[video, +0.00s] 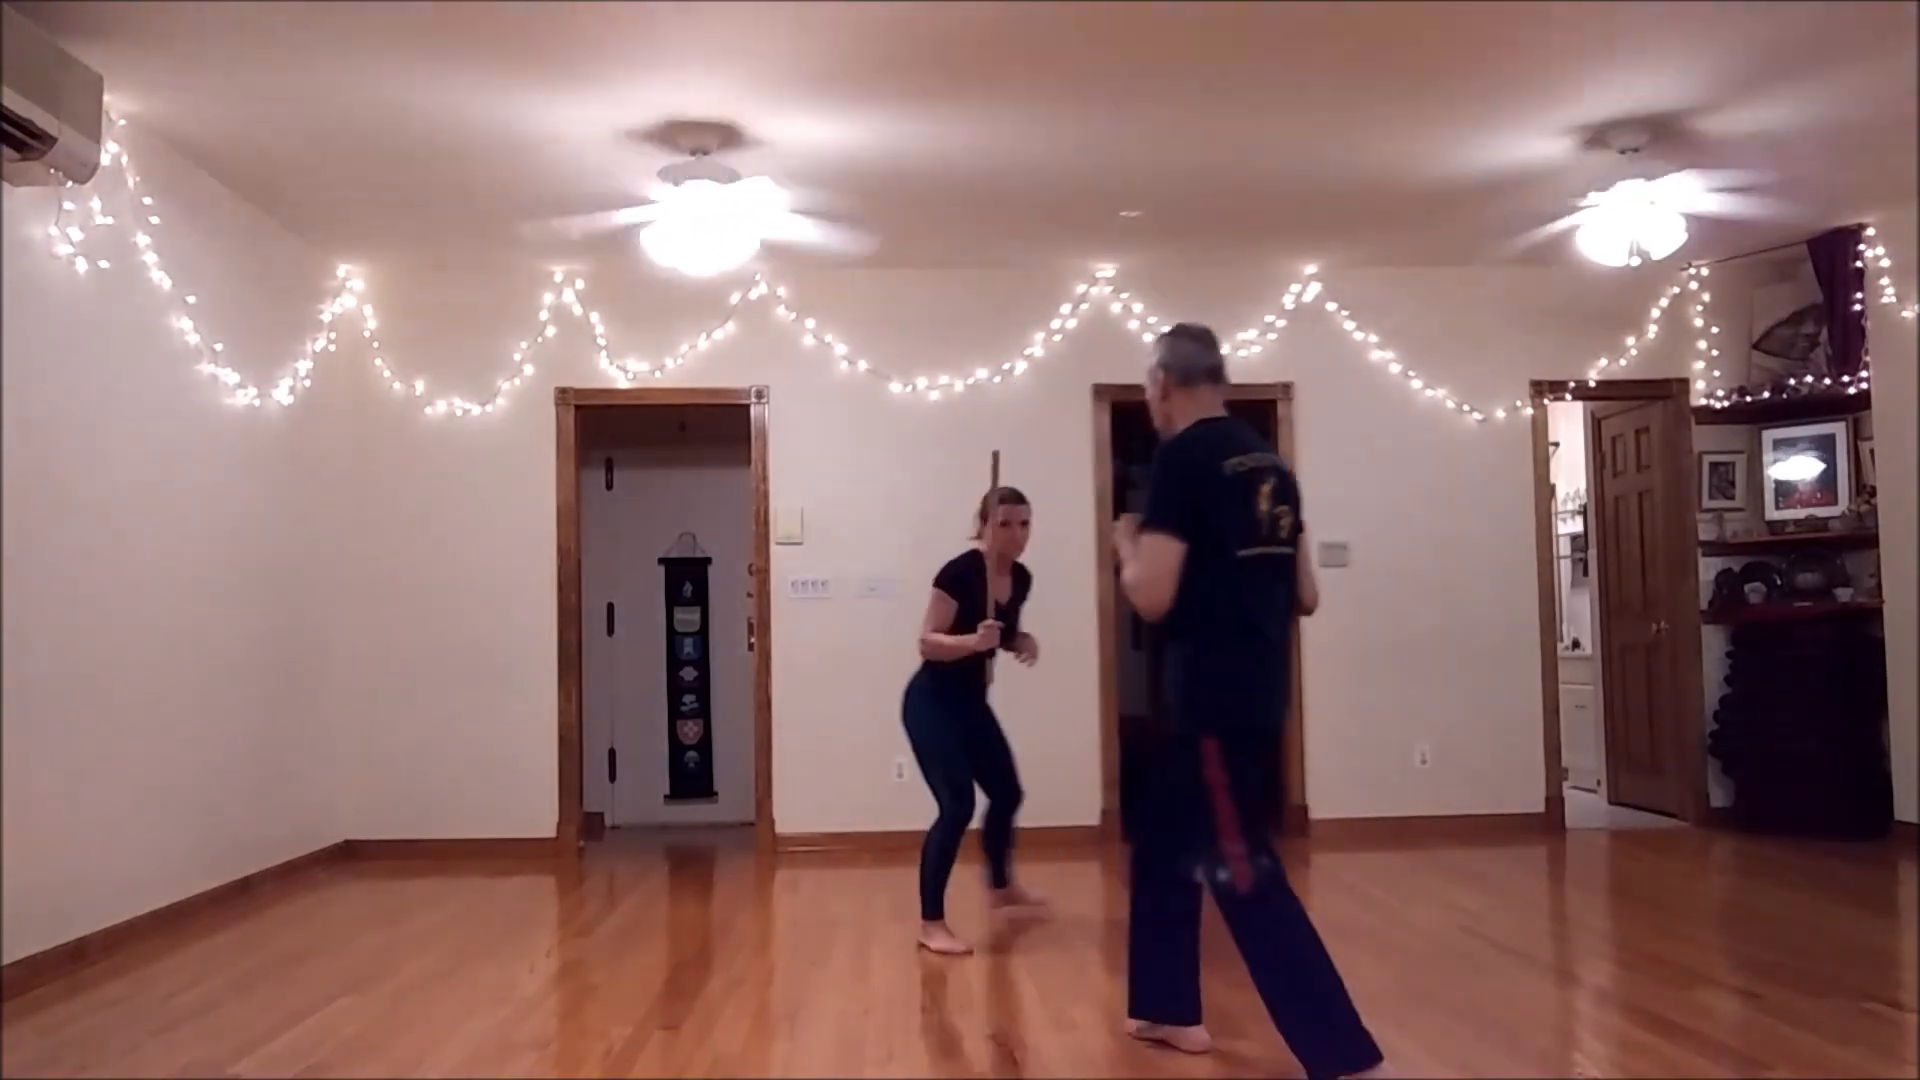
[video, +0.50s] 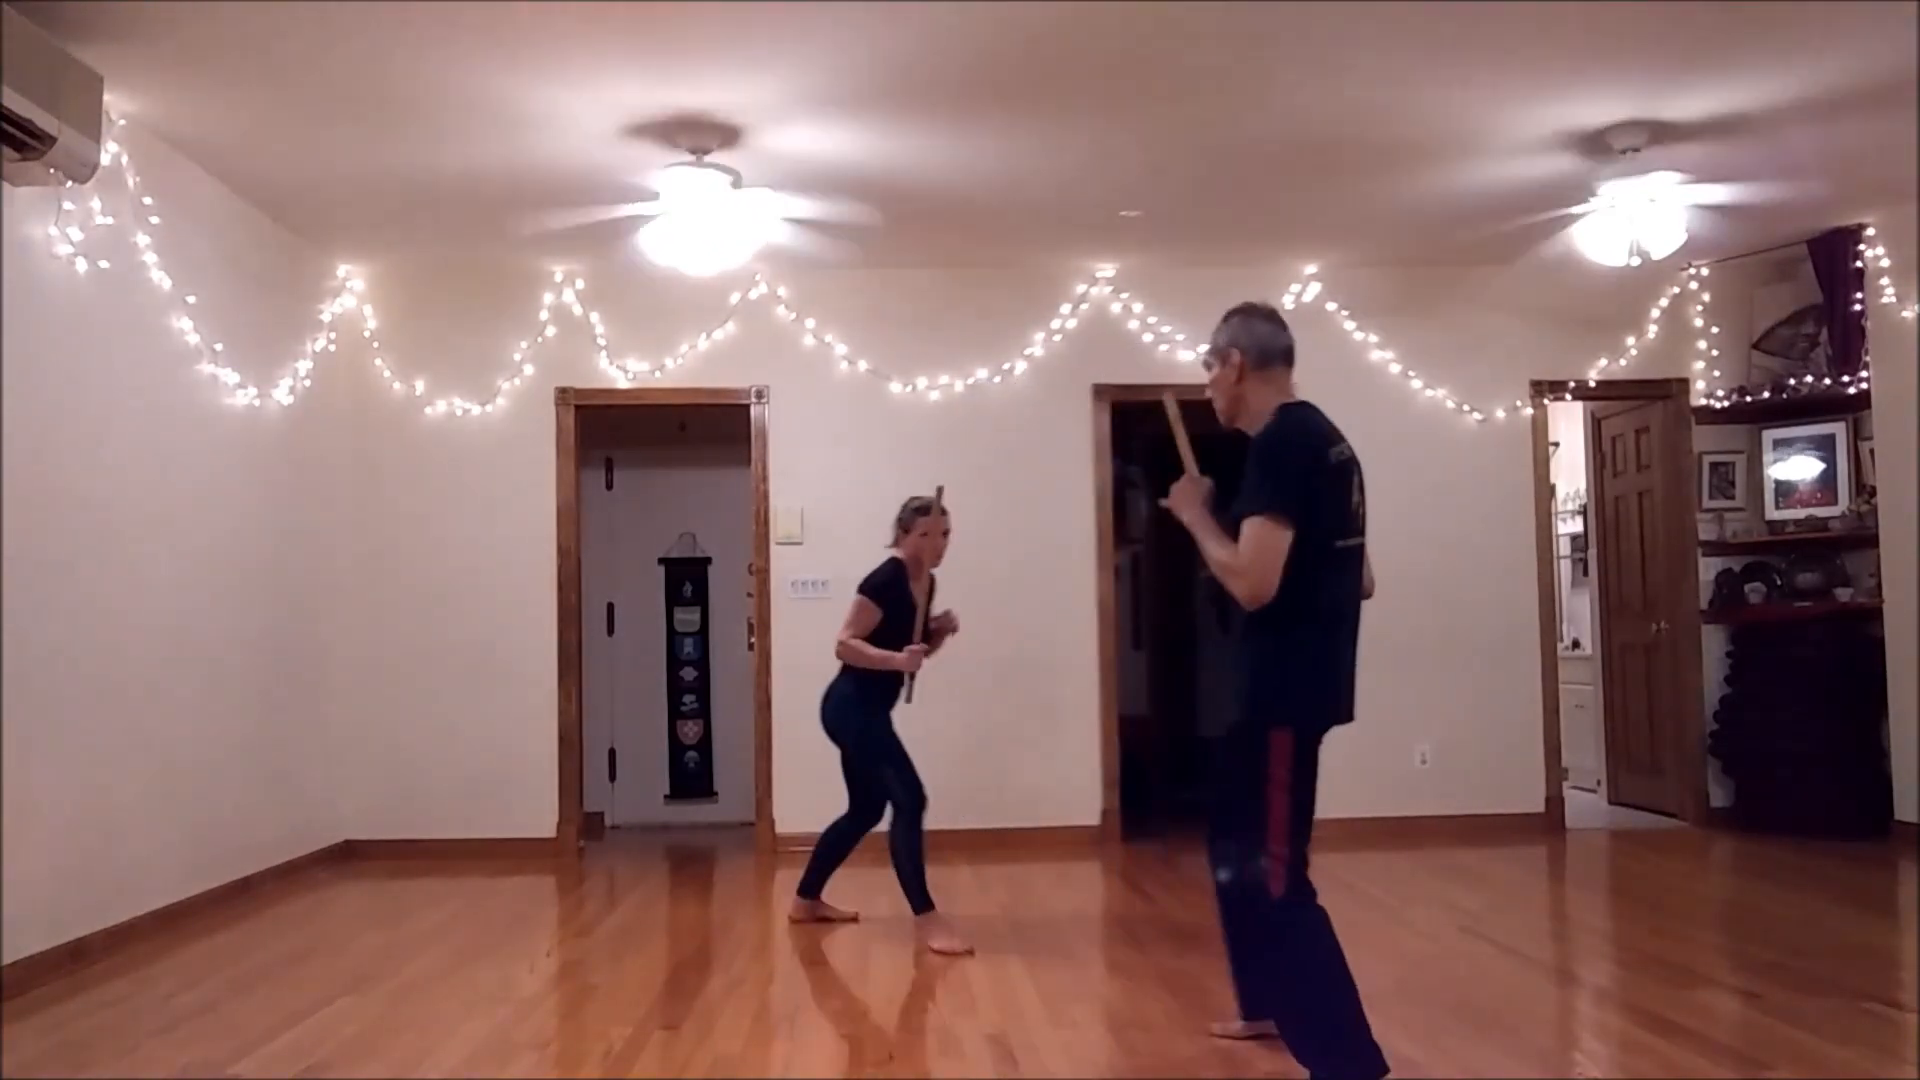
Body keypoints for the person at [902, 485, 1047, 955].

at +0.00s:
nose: (1016, 533)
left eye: (1023, 524)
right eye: (1006, 524)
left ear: (1029, 530)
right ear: (984, 528)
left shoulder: (1019, 579)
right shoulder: (959, 573)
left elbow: (1003, 633)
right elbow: (928, 644)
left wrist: (1023, 643)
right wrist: (974, 641)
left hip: (971, 701)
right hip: (930, 701)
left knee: (1006, 794)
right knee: (957, 804)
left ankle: (1001, 889)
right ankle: (931, 923)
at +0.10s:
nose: (1010, 534)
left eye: (1014, 524)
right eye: (1002, 524)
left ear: (1014, 528)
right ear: (976, 526)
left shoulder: (1004, 579)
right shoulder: (947, 574)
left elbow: (974, 640)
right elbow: (909, 641)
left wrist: (1005, 638)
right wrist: (958, 648)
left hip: (953, 700)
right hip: (915, 701)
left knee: (979, 801)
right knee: (950, 806)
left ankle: (938, 887)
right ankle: (930, 923)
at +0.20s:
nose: (993, 536)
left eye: (997, 526)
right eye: (982, 526)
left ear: (1002, 530)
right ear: (960, 529)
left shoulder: (988, 580)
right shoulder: (934, 575)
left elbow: (984, 651)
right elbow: (892, 639)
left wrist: (997, 628)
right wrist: (940, 652)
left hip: (935, 704)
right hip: (900, 702)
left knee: (949, 806)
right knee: (941, 806)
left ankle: (878, 877)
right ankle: (932, 924)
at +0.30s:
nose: (977, 537)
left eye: (982, 529)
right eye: (967, 529)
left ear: (986, 532)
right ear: (942, 532)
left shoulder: (969, 580)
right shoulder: (922, 575)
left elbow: (974, 653)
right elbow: (877, 639)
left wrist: (984, 621)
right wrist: (928, 656)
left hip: (912, 706)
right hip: (889, 705)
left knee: (912, 807)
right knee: (939, 804)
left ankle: (836, 876)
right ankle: (932, 924)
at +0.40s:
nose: (959, 541)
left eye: (964, 532)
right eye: (950, 533)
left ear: (966, 535)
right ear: (924, 535)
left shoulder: (947, 582)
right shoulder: (904, 579)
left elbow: (951, 652)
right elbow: (860, 641)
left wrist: (963, 625)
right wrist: (912, 658)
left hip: (890, 708)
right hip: (870, 708)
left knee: (879, 810)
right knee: (929, 804)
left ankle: (811, 888)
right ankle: (931, 924)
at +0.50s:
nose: (941, 544)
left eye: (944, 535)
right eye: (932, 535)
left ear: (945, 536)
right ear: (907, 537)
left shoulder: (925, 581)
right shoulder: (884, 580)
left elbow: (908, 645)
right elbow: (845, 645)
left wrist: (934, 633)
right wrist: (897, 659)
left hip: (869, 707)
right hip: (851, 708)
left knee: (866, 808)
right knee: (909, 798)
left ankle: (806, 898)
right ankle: (927, 920)